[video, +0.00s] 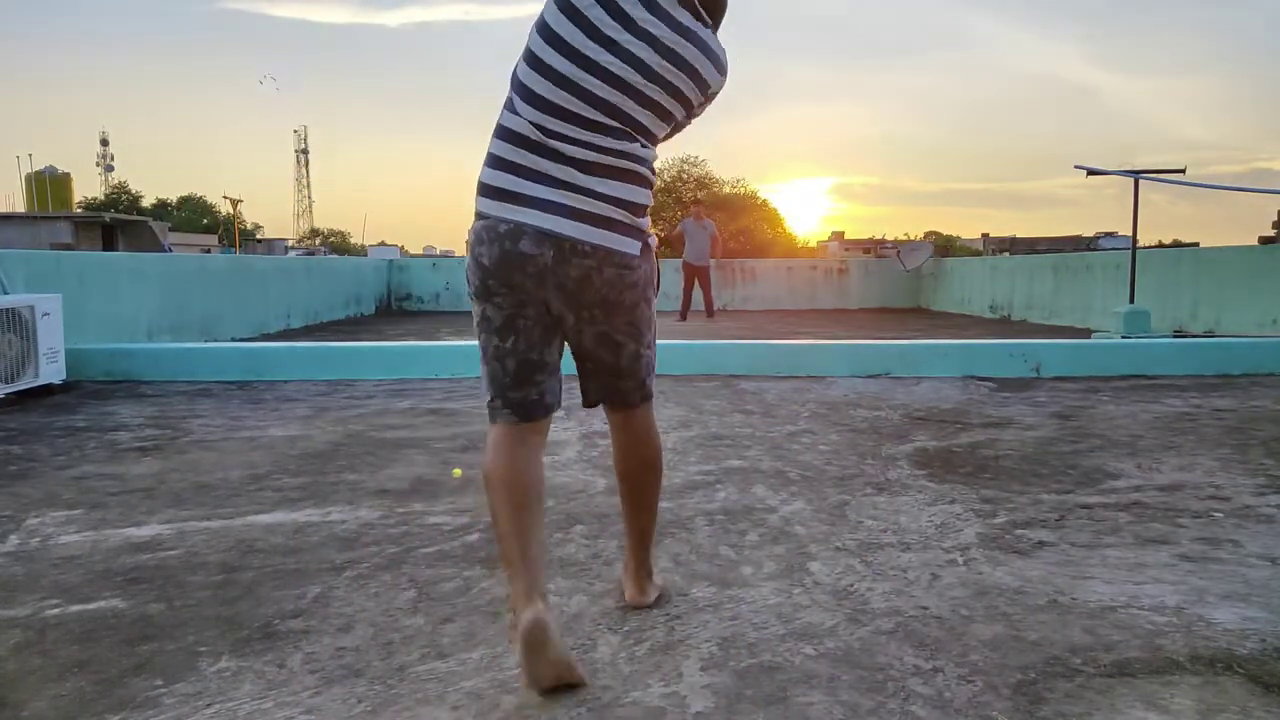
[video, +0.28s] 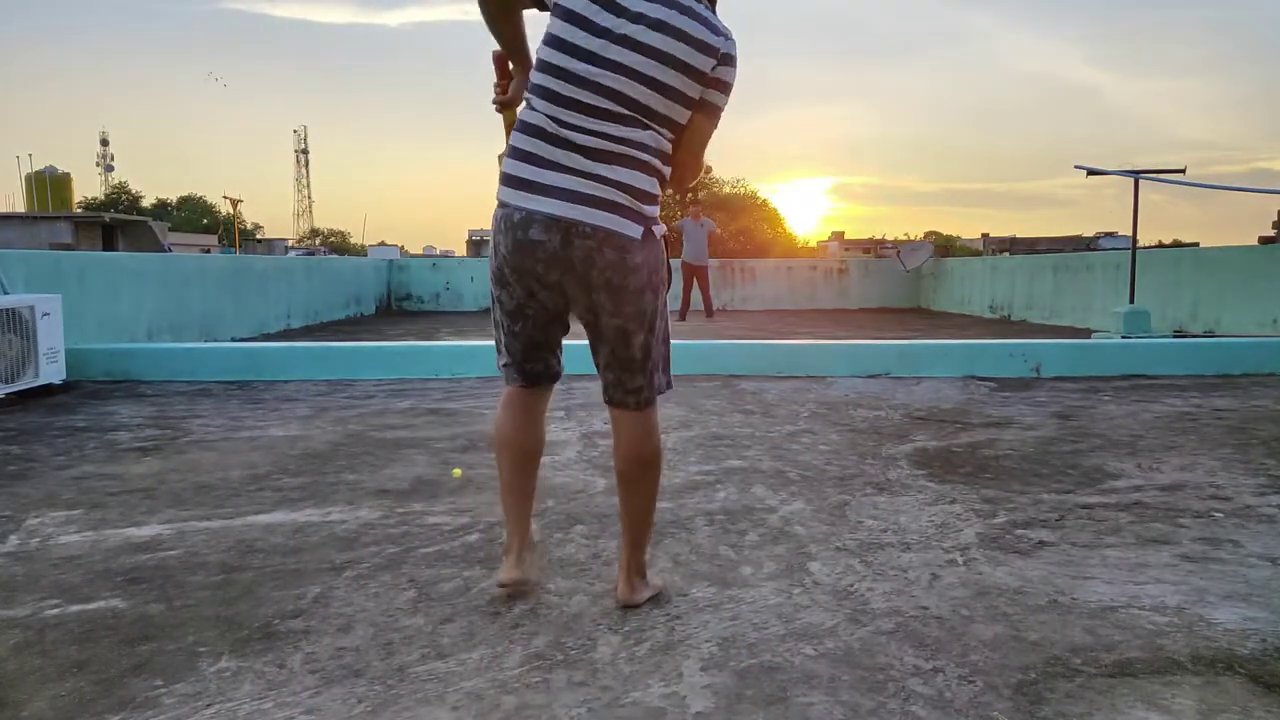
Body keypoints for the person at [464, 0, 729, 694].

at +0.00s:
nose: (719, 18)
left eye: (721, 13)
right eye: (722, 14)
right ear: (713, 5)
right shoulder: (710, 63)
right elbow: (646, 130)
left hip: (505, 229)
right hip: (605, 245)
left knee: (516, 417)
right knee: (629, 406)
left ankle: (527, 603)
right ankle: (638, 574)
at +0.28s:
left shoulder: (582, 0)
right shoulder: (717, 42)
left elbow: (496, 1)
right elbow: (683, 169)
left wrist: (521, 62)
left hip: (524, 212)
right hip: (617, 229)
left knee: (524, 379)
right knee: (632, 400)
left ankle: (517, 556)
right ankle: (632, 574)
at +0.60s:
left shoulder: (514, 5)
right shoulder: (658, 25)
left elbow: (459, 94)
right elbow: (694, 149)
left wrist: (420, 187)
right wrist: (713, 111)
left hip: (513, 225)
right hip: (602, 234)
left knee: (521, 388)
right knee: (628, 392)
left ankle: (518, 547)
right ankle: (633, 555)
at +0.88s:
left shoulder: (471, 5)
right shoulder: (617, 8)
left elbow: (444, 106)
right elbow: (699, 27)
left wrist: (399, 201)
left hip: (498, 224)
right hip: (586, 228)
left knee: (511, 390)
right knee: (604, 388)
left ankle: (518, 548)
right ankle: (614, 551)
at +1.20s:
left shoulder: (456, 7)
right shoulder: (608, 19)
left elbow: (429, 109)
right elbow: (632, 143)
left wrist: (383, 212)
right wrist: (592, 200)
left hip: (498, 227)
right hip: (591, 228)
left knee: (509, 394)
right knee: (589, 390)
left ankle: (519, 545)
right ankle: (554, 552)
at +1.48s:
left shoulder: (452, 4)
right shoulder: (624, 11)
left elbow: (418, 100)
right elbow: (632, 147)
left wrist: (376, 199)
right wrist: (611, 221)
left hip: (483, 221)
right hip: (582, 221)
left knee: (499, 402)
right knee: (557, 412)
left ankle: (513, 552)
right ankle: (540, 615)